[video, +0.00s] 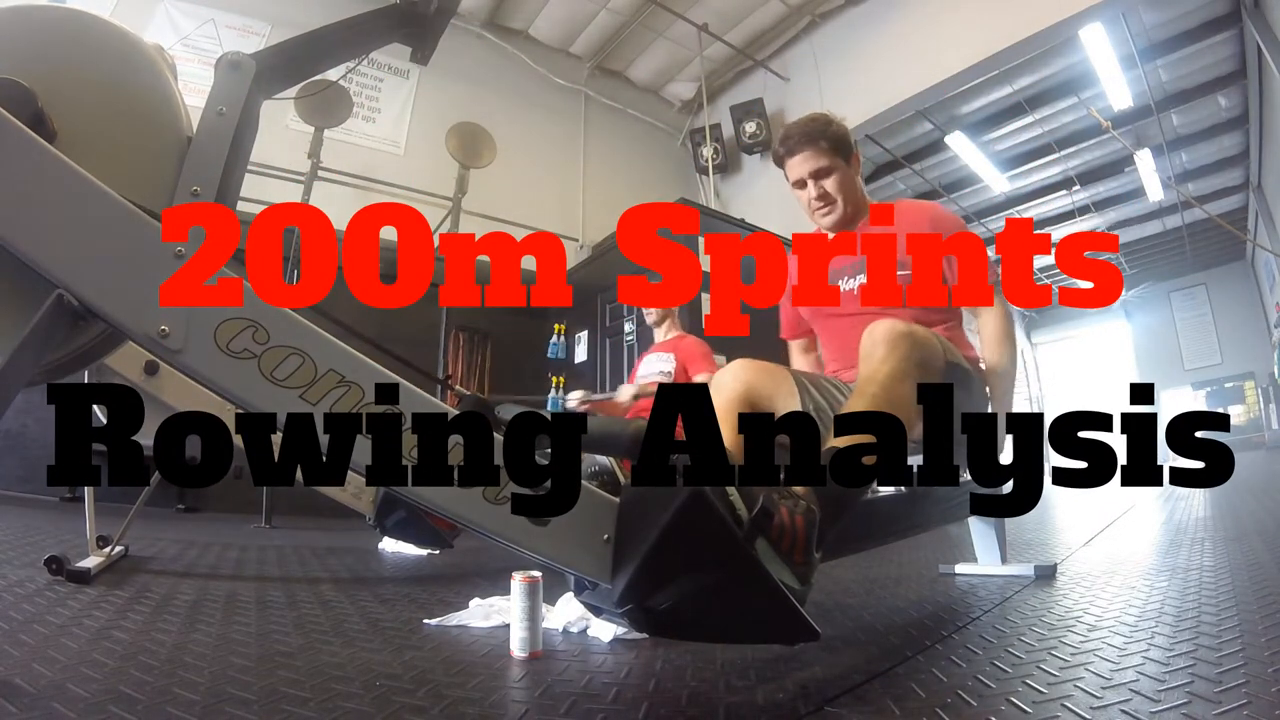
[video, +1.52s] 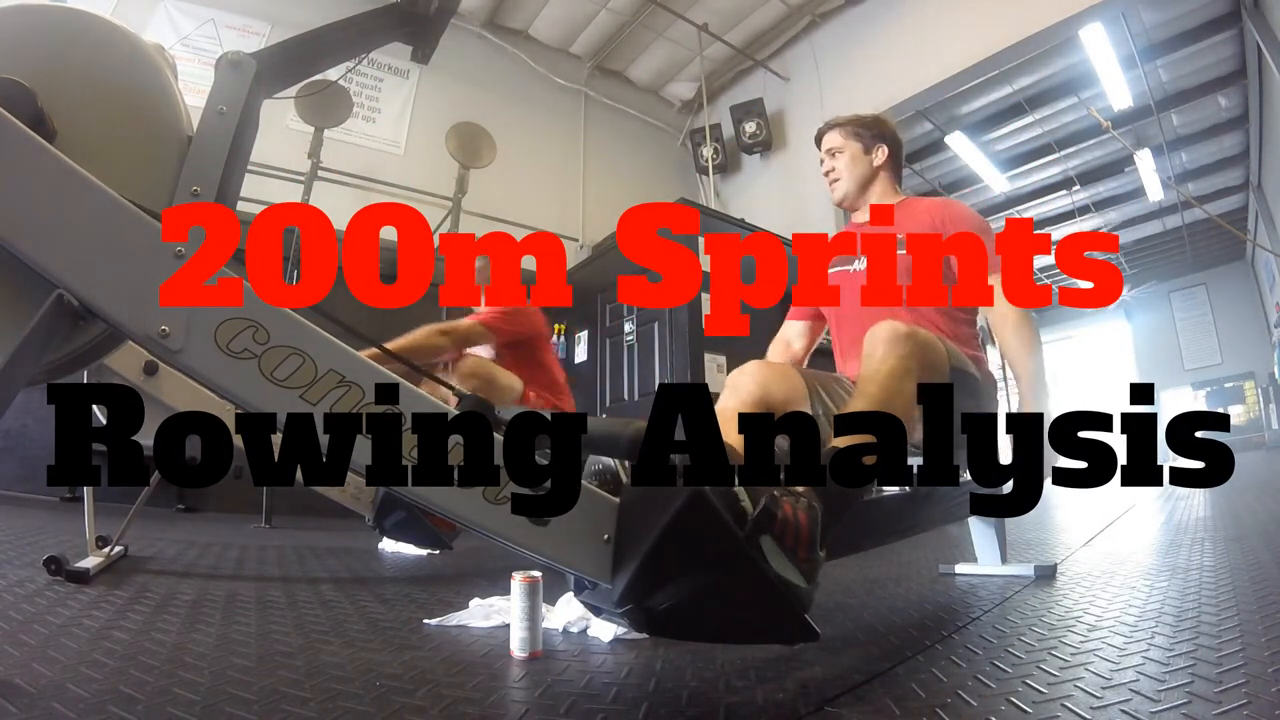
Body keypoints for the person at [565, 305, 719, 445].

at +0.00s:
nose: (645, 308)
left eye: (653, 300)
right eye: (643, 303)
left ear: (673, 305)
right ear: (641, 309)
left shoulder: (691, 345)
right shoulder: (644, 356)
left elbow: (706, 389)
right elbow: (625, 407)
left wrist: (645, 390)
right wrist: (592, 404)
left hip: (664, 427)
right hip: (631, 424)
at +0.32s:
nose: (594, 295)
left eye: (601, 287)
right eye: (591, 290)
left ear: (623, 289)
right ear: (591, 295)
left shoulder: (650, 332)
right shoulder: (599, 345)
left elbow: (617, 373)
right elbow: (561, 378)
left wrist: (552, 397)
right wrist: (513, 396)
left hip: (656, 437)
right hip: (617, 441)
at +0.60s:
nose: (534, 294)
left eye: (540, 286)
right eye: (531, 288)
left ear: (568, 284)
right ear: (528, 291)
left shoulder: (598, 324)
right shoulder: (547, 339)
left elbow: (551, 363)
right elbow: (505, 371)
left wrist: (485, 396)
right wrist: (460, 393)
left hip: (616, 426)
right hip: (573, 420)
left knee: (533, 395)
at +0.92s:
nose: (458, 293)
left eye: (465, 282)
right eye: (457, 284)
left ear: (487, 280)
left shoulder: (527, 316)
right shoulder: (474, 335)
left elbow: (468, 360)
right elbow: (445, 365)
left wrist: (404, 382)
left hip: (561, 411)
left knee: (494, 374)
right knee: (445, 378)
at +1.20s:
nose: (423, 284)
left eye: (430, 274)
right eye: (425, 274)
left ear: (450, 277)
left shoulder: (485, 311)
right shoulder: (450, 321)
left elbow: (414, 348)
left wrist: (356, 371)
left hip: (529, 408)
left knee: (460, 364)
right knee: (422, 375)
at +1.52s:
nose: (476, 274)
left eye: (482, 267)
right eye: (474, 268)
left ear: (500, 268)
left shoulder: (520, 309)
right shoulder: (483, 314)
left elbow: (448, 337)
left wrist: (366, 358)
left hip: (549, 408)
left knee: (473, 369)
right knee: (434, 375)